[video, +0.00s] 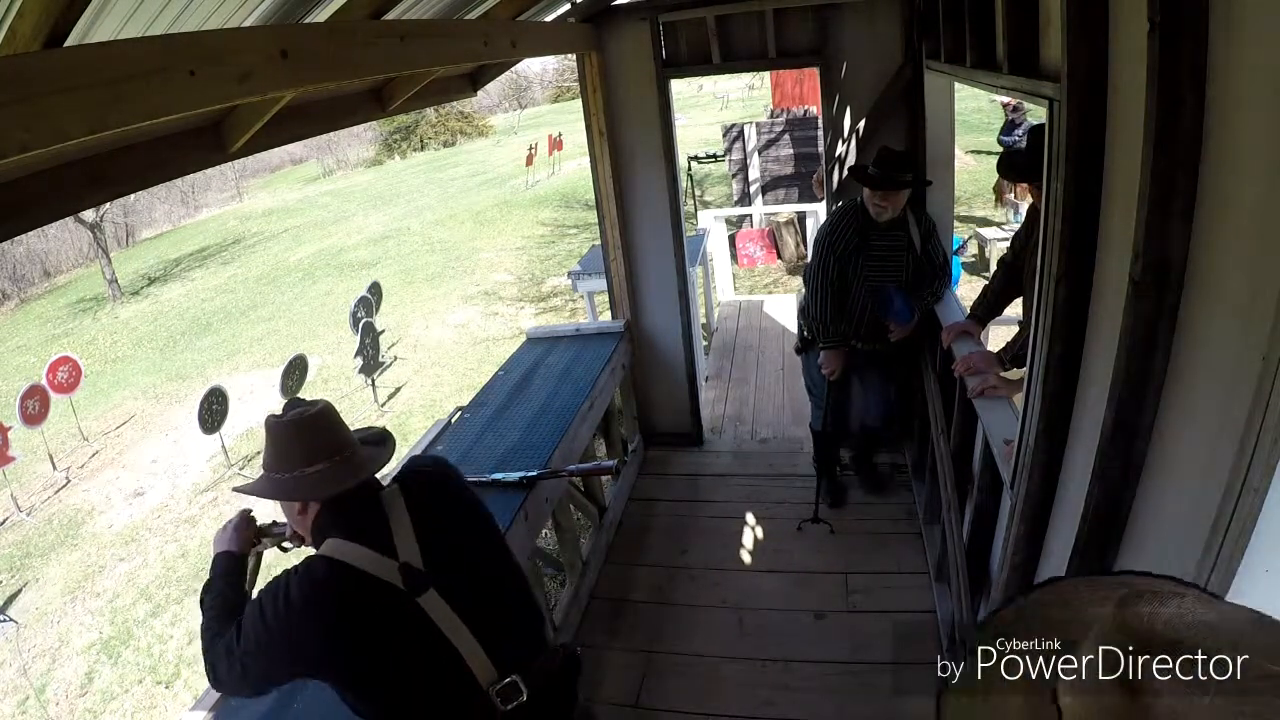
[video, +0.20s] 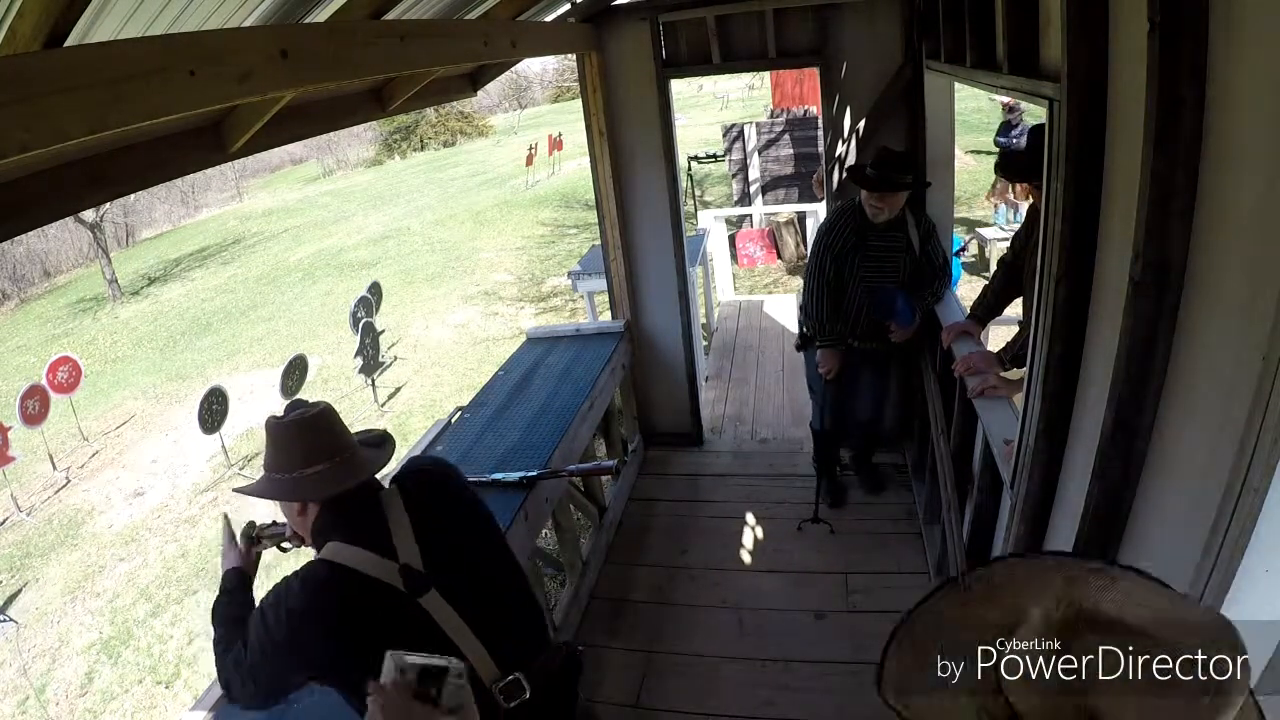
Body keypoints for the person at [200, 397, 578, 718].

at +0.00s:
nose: (282, 509)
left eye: (281, 500)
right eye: (280, 499)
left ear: (305, 507)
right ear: (367, 470)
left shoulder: (304, 602)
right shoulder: (436, 479)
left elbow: (226, 665)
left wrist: (225, 559)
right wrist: (318, 529)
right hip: (549, 681)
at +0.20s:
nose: (283, 510)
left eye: (282, 500)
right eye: (279, 500)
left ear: (303, 505)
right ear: (364, 467)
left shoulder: (307, 603)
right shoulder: (436, 479)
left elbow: (242, 681)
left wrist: (234, 576)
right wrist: (320, 531)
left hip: (448, 718)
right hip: (553, 681)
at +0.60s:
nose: (275, 515)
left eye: (273, 505)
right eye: (270, 507)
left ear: (293, 510)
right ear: (354, 470)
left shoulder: (293, 603)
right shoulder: (425, 480)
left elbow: (264, 667)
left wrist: (228, 569)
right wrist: (311, 538)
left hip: (437, 719)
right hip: (543, 679)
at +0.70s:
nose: (274, 515)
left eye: (272, 505)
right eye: (269, 506)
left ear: (293, 510)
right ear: (353, 472)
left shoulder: (292, 604)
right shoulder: (423, 480)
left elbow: (259, 664)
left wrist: (227, 570)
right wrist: (310, 539)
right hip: (540, 676)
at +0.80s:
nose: (278, 512)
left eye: (276, 502)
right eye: (274, 503)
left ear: (297, 506)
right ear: (358, 468)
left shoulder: (294, 601)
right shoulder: (430, 481)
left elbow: (266, 659)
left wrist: (232, 562)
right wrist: (314, 532)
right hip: (543, 680)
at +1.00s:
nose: (287, 511)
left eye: (285, 501)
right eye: (283, 502)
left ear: (302, 508)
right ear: (368, 469)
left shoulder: (297, 599)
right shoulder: (444, 483)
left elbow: (273, 656)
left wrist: (246, 554)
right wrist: (327, 524)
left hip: (438, 719)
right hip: (546, 682)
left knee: (290, 701)